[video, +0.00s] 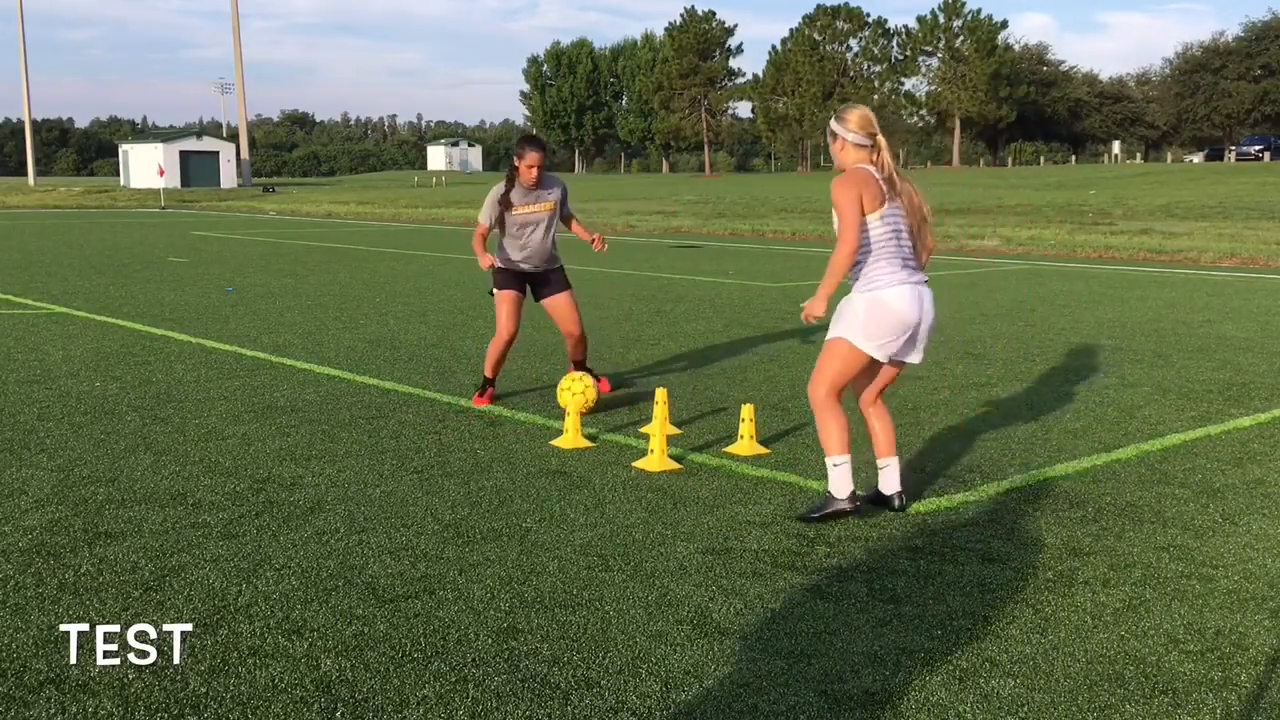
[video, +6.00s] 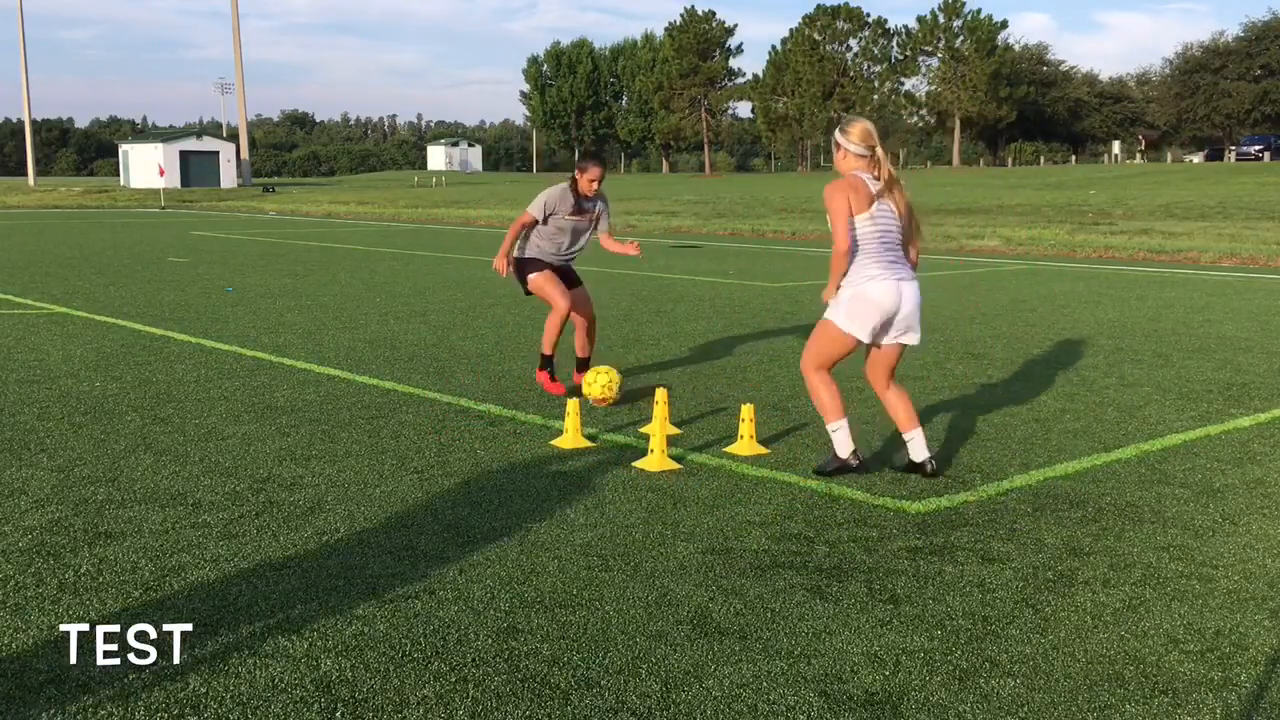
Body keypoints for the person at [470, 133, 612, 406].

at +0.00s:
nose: (535, 173)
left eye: (540, 167)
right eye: (529, 167)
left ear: (544, 163)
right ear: (516, 163)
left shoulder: (556, 187)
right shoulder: (501, 192)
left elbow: (567, 218)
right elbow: (479, 234)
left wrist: (589, 237)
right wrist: (482, 254)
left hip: (547, 268)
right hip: (510, 269)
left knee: (576, 332)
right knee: (507, 332)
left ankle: (581, 375)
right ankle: (487, 385)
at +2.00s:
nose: (597, 137)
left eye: (599, 131)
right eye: (593, 131)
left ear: (594, 132)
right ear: (576, 130)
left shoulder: (592, 161)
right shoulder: (556, 160)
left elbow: (590, 198)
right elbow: (531, 198)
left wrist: (618, 208)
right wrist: (555, 220)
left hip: (584, 243)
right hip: (555, 244)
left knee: (591, 309)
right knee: (563, 312)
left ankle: (584, 368)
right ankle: (539, 365)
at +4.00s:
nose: (526, 163)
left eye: (530, 157)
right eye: (520, 156)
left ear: (532, 159)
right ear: (502, 155)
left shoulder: (526, 189)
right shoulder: (482, 187)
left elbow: (512, 230)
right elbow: (449, 229)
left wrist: (531, 255)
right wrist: (446, 280)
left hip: (506, 277)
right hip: (474, 275)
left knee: (545, 334)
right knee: (481, 348)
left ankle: (509, 385)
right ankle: (440, 419)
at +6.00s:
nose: (596, 187)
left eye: (600, 181)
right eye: (591, 181)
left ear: (603, 180)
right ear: (578, 175)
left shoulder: (599, 203)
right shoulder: (555, 195)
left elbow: (605, 240)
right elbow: (521, 223)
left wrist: (625, 248)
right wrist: (503, 252)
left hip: (561, 264)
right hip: (530, 260)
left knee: (586, 317)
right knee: (562, 303)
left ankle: (582, 374)